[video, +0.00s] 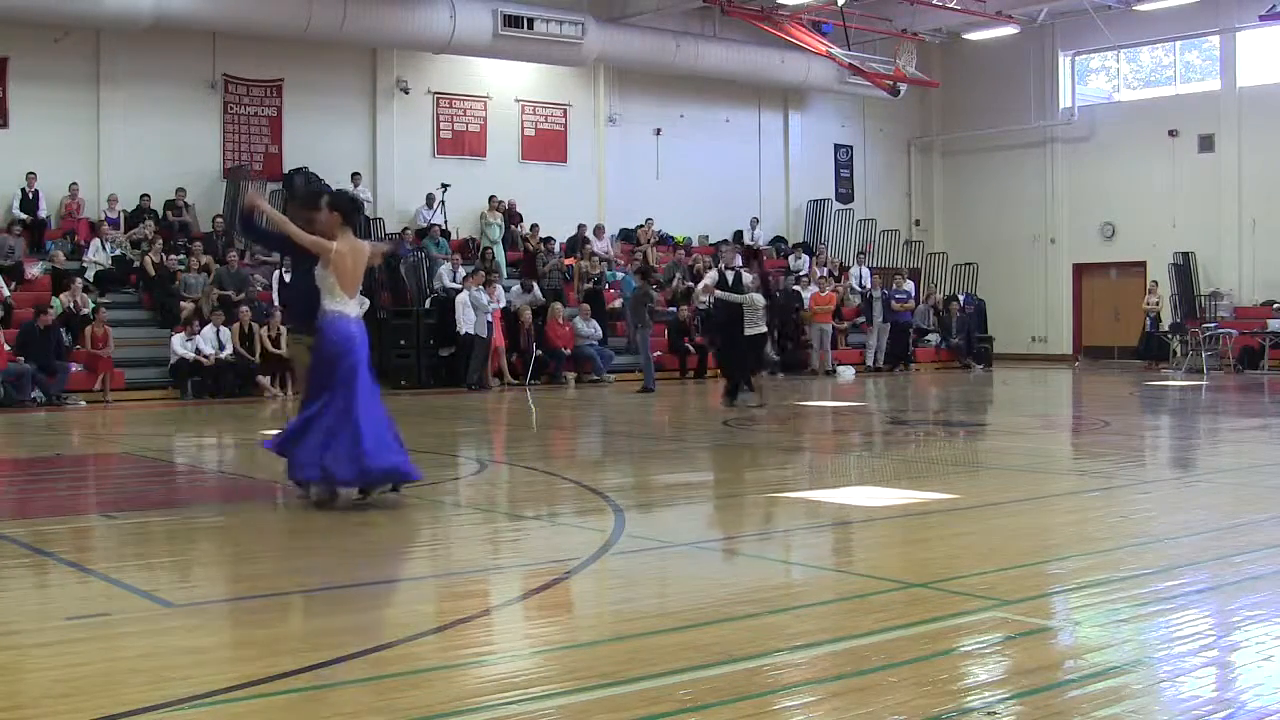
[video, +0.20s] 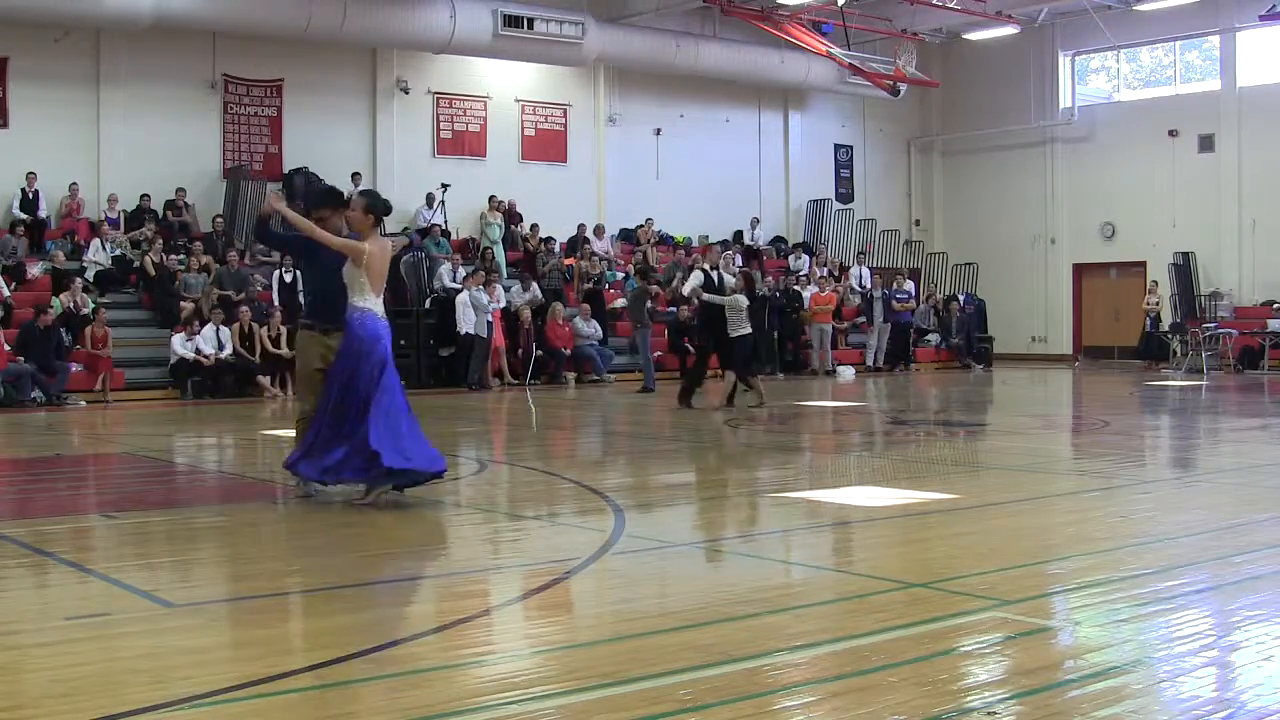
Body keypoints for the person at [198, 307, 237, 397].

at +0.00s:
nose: (218, 318)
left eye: (221, 315)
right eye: (215, 315)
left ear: (224, 317)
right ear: (211, 317)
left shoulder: (226, 331)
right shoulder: (205, 332)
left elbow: (229, 348)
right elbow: (206, 349)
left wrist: (223, 355)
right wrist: (217, 354)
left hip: (225, 356)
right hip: (212, 357)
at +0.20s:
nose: (217, 316)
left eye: (219, 314)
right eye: (214, 314)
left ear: (223, 316)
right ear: (210, 316)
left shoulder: (226, 330)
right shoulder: (205, 331)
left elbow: (229, 346)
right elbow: (208, 349)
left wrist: (224, 354)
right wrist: (220, 355)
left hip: (225, 356)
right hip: (212, 357)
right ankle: (220, 391)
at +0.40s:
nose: (216, 316)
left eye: (219, 313)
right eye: (213, 313)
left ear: (223, 315)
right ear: (210, 315)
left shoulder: (226, 330)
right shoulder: (205, 330)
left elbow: (229, 344)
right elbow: (207, 347)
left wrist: (225, 350)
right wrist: (218, 352)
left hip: (225, 356)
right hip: (212, 357)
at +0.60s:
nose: (216, 315)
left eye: (218, 312)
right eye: (213, 313)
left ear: (222, 315)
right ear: (209, 315)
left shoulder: (226, 330)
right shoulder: (204, 330)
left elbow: (230, 347)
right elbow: (205, 348)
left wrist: (226, 354)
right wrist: (217, 349)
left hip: (225, 356)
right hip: (211, 357)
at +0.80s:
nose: (216, 315)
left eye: (219, 313)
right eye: (214, 313)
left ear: (222, 315)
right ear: (210, 315)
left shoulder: (227, 330)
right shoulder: (204, 330)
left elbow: (229, 346)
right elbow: (204, 347)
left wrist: (227, 354)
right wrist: (214, 352)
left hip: (224, 356)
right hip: (211, 356)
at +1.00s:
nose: (217, 317)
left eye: (219, 314)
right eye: (214, 314)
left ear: (223, 316)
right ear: (210, 316)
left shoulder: (227, 331)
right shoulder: (204, 330)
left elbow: (229, 347)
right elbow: (203, 346)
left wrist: (227, 354)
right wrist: (214, 353)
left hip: (223, 356)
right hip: (210, 356)